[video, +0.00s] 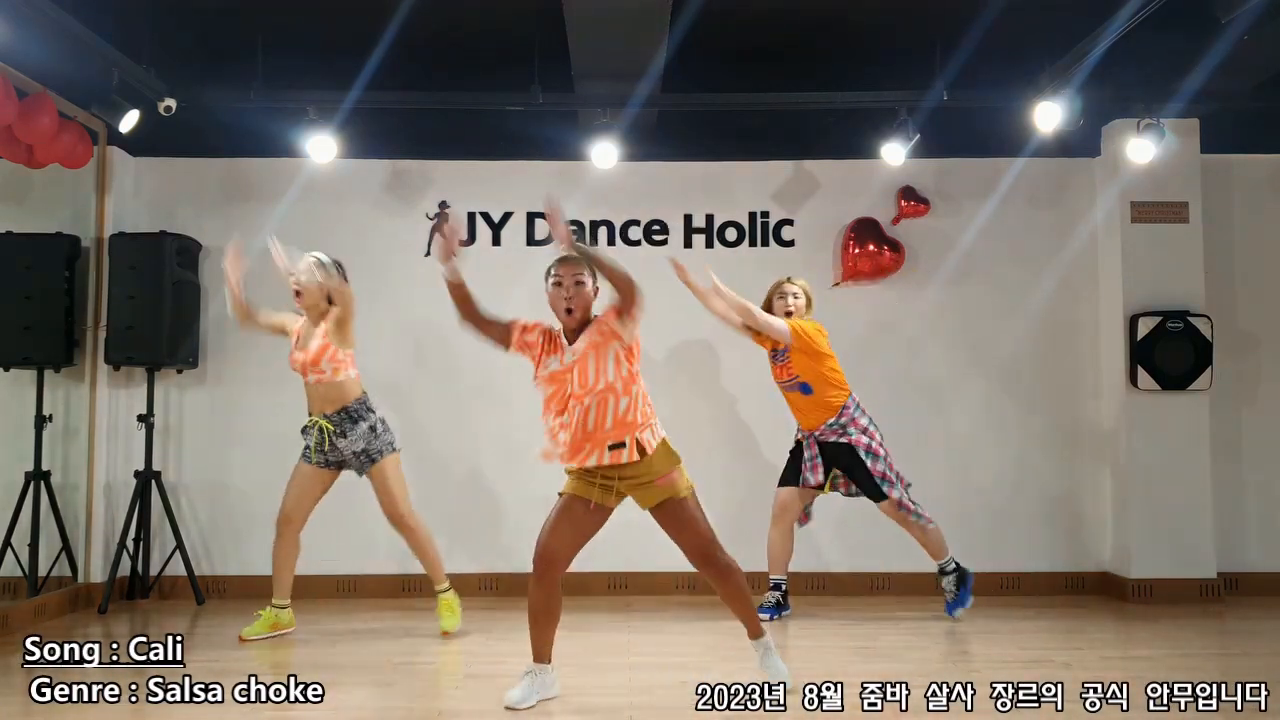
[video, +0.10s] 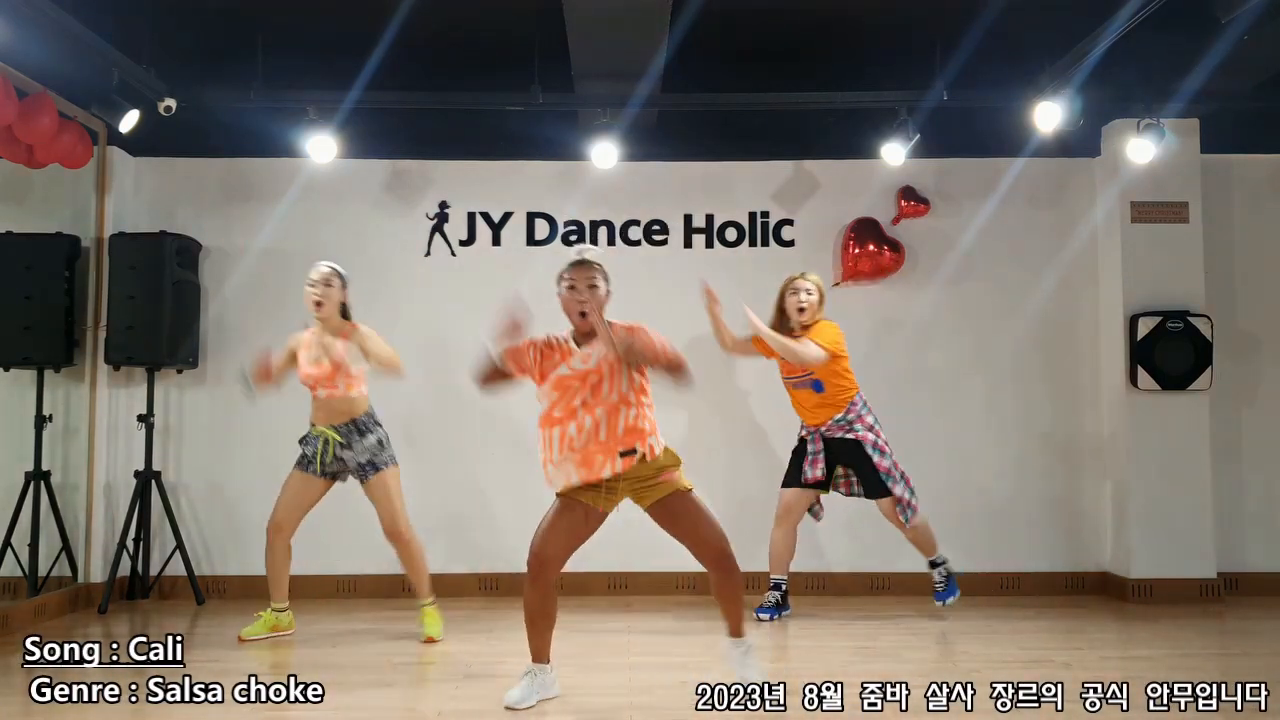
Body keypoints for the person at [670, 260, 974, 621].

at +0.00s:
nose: (788, 299)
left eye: (796, 295)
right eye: (781, 295)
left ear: (806, 308)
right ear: (771, 307)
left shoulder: (809, 333)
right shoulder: (772, 340)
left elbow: (755, 317)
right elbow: (731, 317)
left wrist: (719, 287)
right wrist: (695, 286)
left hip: (848, 433)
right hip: (811, 440)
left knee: (895, 507)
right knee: (783, 507)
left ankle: (951, 571)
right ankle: (777, 595)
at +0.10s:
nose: (802, 297)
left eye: (809, 292)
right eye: (794, 292)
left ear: (820, 303)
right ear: (783, 304)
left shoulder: (828, 332)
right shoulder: (776, 340)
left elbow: (807, 356)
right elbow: (731, 346)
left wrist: (764, 332)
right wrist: (715, 315)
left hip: (854, 430)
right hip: (814, 437)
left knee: (894, 508)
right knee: (787, 509)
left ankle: (940, 568)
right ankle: (777, 593)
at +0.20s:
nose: (821, 297)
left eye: (829, 291)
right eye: (814, 291)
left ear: (840, 300)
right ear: (802, 301)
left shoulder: (851, 336)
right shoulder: (792, 345)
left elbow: (866, 383)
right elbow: (757, 377)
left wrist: (817, 372)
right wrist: (754, 360)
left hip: (863, 434)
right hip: (821, 438)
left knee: (900, 513)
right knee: (792, 510)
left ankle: (921, 584)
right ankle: (776, 592)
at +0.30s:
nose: (844, 295)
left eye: (852, 290)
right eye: (837, 289)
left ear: (863, 299)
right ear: (826, 298)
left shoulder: (878, 337)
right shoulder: (815, 343)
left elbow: (913, 383)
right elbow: (783, 392)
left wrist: (871, 382)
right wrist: (802, 385)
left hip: (880, 436)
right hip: (836, 436)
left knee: (906, 517)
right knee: (805, 510)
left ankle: (918, 592)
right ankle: (779, 592)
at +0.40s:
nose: (866, 292)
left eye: (874, 286)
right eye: (859, 286)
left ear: (884, 294)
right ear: (847, 294)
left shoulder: (902, 333)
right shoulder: (834, 338)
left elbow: (949, 365)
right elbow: (802, 383)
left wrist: (917, 353)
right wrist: (837, 361)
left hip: (895, 431)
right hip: (850, 432)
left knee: (913, 514)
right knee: (826, 506)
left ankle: (918, 591)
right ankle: (811, 585)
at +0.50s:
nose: (884, 290)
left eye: (892, 284)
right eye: (877, 284)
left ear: (902, 293)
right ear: (865, 292)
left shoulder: (917, 331)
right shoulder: (852, 328)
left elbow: (965, 352)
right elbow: (828, 356)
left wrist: (954, 334)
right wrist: (873, 332)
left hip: (904, 429)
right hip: (859, 429)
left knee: (918, 514)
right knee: (857, 504)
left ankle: (918, 591)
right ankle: (858, 581)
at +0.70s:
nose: (921, 293)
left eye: (928, 288)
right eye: (913, 287)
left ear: (936, 296)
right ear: (899, 294)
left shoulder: (941, 341)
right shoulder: (883, 328)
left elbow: (978, 381)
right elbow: (861, 351)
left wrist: (974, 359)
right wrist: (901, 346)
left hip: (920, 435)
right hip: (880, 433)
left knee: (960, 502)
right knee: (876, 515)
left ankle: (954, 582)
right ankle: (872, 593)